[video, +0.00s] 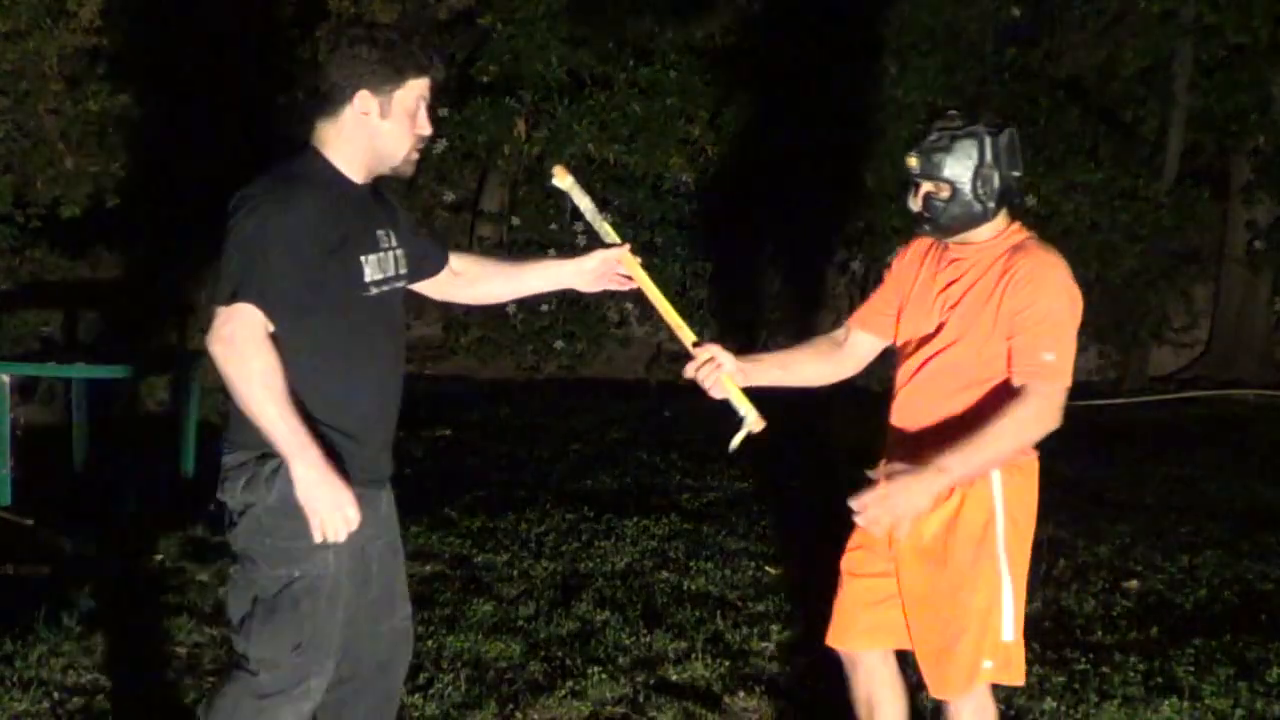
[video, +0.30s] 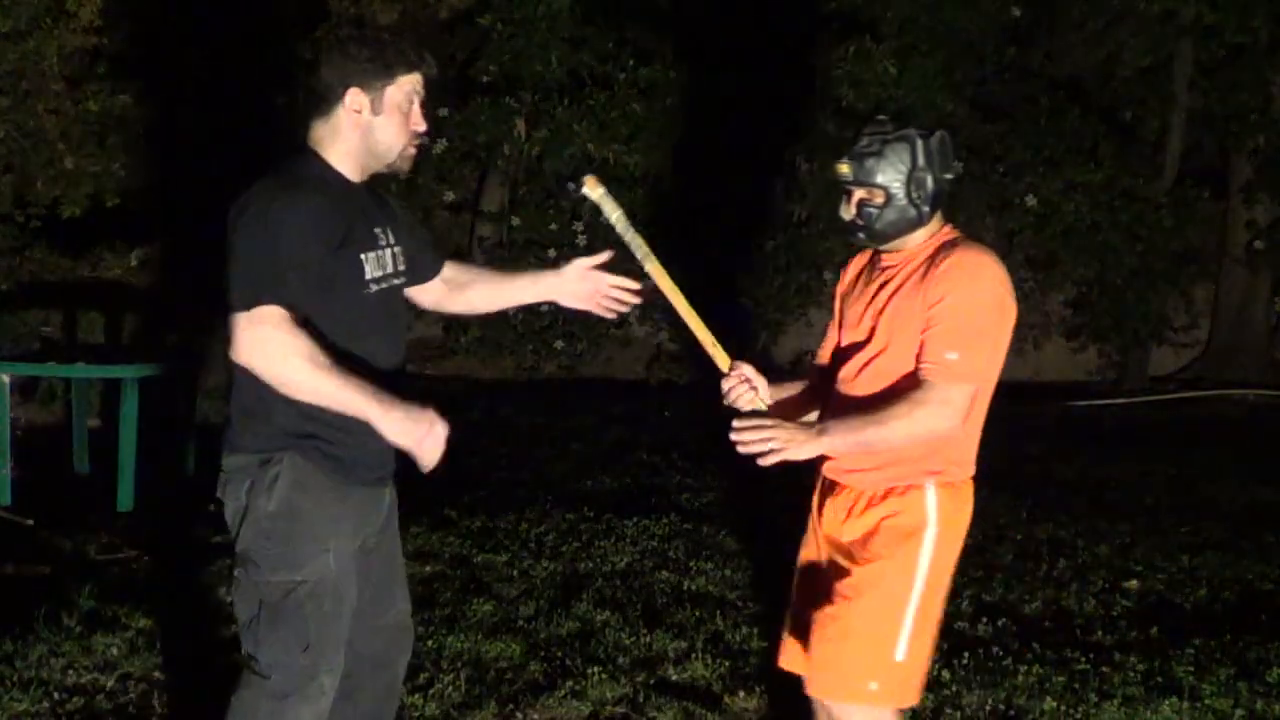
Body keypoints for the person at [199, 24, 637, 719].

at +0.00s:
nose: (428, 129)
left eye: (427, 112)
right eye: (419, 110)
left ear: (372, 112)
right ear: (366, 109)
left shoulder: (379, 213)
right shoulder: (282, 206)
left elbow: (456, 277)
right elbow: (234, 337)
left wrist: (576, 271)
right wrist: (309, 466)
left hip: (367, 491)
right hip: (289, 487)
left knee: (373, 674)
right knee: (284, 679)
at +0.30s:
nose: (423, 123)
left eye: (422, 105)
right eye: (410, 103)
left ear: (365, 109)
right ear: (358, 106)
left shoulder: (376, 210)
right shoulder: (282, 204)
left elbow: (444, 286)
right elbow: (260, 340)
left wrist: (553, 283)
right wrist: (391, 415)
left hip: (363, 480)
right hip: (291, 477)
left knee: (375, 666)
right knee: (294, 677)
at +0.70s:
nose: (372, 137)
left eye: (374, 118)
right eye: (361, 116)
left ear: (314, 120)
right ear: (312, 117)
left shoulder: (305, 209)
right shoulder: (245, 209)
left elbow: (375, 310)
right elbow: (338, 323)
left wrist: (376, 209)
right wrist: (365, 213)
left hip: (306, 477)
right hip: (237, 480)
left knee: (338, 652)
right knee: (257, 682)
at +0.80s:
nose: (368, 140)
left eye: (371, 122)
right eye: (356, 119)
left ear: (311, 123)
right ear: (308, 119)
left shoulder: (304, 212)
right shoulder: (237, 206)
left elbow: (381, 309)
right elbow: (323, 316)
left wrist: (374, 206)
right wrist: (360, 213)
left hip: (290, 482)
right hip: (220, 478)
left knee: (313, 655)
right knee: (252, 674)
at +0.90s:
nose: (363, 148)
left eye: (368, 131)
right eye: (353, 126)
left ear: (310, 126)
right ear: (305, 122)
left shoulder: (304, 216)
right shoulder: (228, 206)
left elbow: (368, 321)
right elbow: (302, 319)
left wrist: (372, 220)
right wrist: (351, 223)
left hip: (279, 477)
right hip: (204, 473)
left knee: (303, 660)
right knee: (243, 670)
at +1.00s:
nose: (349, 140)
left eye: (353, 123)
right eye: (338, 119)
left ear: (295, 124)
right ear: (290, 119)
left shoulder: (290, 212)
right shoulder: (217, 204)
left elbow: (351, 315)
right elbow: (295, 317)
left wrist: (352, 210)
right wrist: (337, 216)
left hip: (274, 476)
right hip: (198, 472)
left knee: (294, 665)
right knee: (211, 676)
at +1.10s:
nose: (325, 136)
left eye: (328, 119)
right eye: (315, 116)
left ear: (268, 119)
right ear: (268, 116)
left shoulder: (264, 213)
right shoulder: (204, 207)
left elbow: (336, 311)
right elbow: (289, 317)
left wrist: (337, 213)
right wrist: (320, 216)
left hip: (270, 489)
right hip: (194, 484)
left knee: (295, 661)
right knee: (157, 684)